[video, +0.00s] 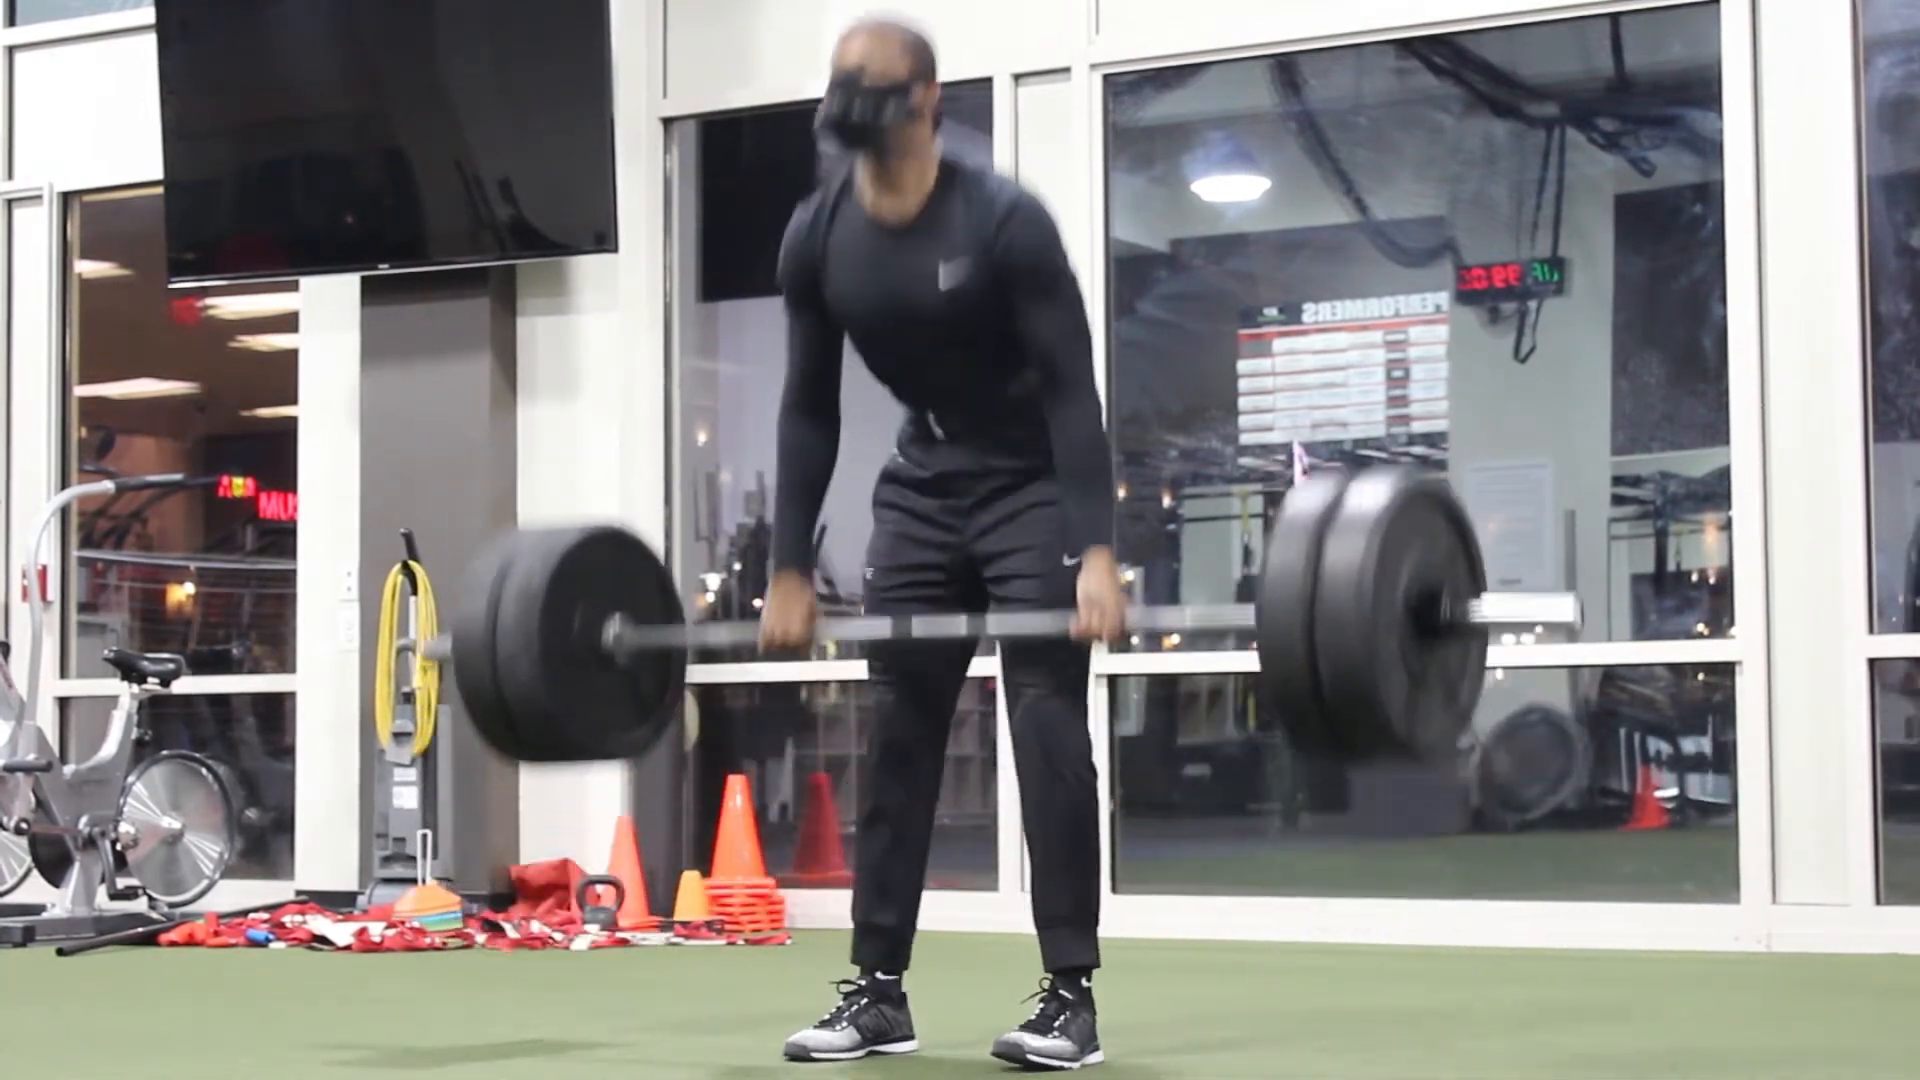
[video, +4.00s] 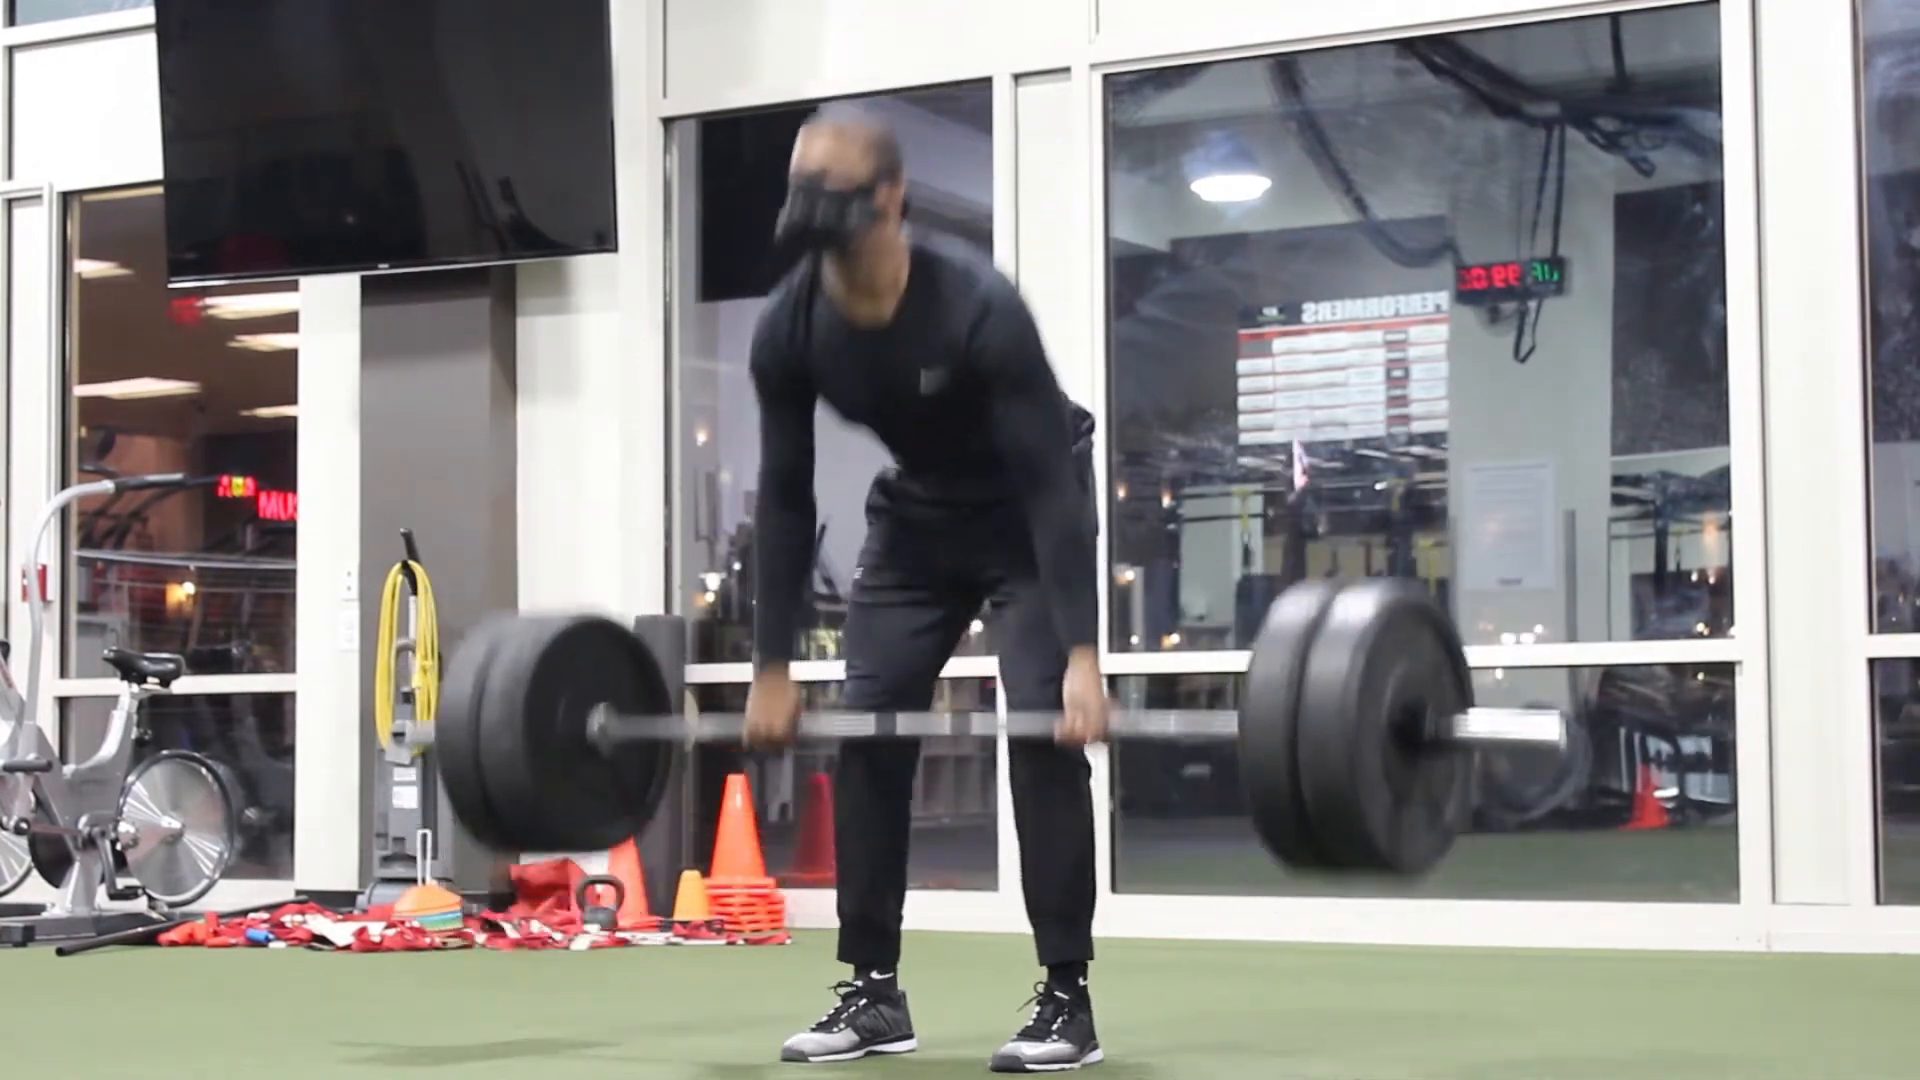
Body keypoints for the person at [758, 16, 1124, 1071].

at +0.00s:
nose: (856, 108)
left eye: (877, 90)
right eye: (844, 91)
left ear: (931, 98)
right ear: (832, 103)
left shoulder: (1007, 220)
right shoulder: (816, 240)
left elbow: (1073, 387)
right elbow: (808, 408)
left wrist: (1098, 548)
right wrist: (790, 566)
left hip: (1035, 482)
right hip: (921, 483)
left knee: (1046, 727)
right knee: (900, 731)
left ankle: (1070, 996)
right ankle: (878, 991)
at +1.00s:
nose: (793, 353)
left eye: (816, 338)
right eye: (784, 337)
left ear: (879, 353)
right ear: (775, 346)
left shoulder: (976, 444)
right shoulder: (780, 468)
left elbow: (1055, 623)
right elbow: (782, 632)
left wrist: (1088, 795)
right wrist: (775, 800)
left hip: (1046, 539)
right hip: (930, 564)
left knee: (1022, 726)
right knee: (842, 729)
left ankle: (1063, 999)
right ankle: (871, 996)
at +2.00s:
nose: (817, 274)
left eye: (841, 259)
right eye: (810, 256)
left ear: (901, 271)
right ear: (799, 258)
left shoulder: (991, 377)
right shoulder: (804, 402)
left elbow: (1054, 567)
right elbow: (793, 578)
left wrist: (1075, 742)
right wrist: (766, 749)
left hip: (1051, 530)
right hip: (939, 544)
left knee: (1041, 729)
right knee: (852, 728)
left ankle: (1065, 1002)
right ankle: (872, 996)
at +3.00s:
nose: (887, 22)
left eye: (912, 10)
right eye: (874, 12)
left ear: (953, 34)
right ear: (853, 37)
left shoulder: (1016, 161)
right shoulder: (825, 182)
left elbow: (1056, 339)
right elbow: (809, 356)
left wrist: (1076, 499)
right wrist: (774, 514)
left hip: (1003, 451)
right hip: (883, 455)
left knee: (1018, 719)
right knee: (876, 731)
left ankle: (1063, 995)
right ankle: (875, 991)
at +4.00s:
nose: (806, 206)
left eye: (830, 190)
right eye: (799, 187)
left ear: (889, 197)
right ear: (788, 191)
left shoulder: (980, 308)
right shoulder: (789, 328)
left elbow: (1051, 479)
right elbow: (785, 497)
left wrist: (1082, 656)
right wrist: (775, 665)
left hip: (1034, 502)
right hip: (919, 509)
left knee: (1041, 733)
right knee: (868, 725)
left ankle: (1065, 998)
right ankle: (873, 992)